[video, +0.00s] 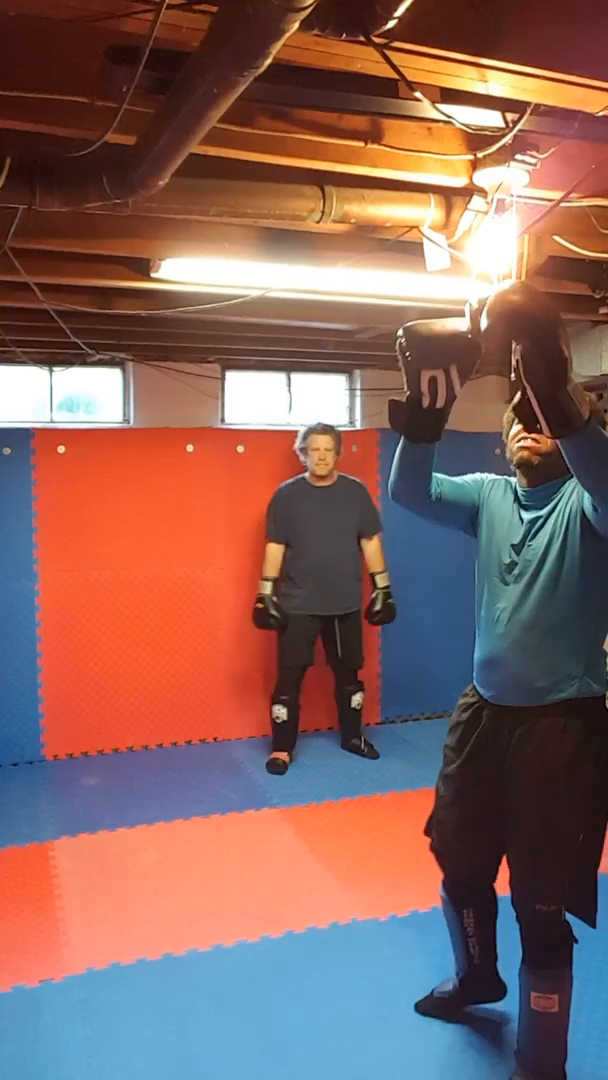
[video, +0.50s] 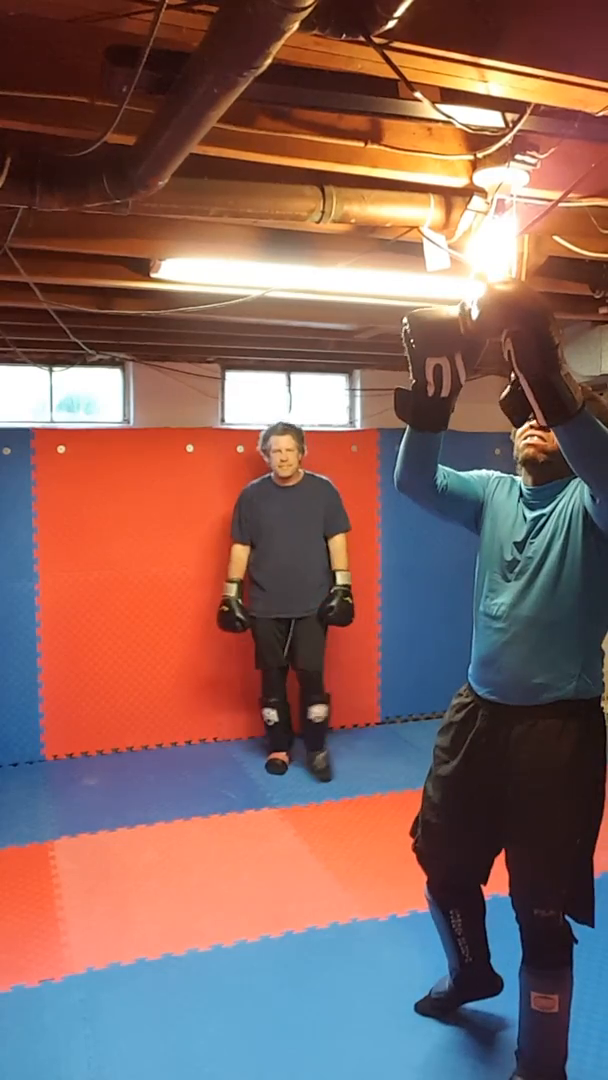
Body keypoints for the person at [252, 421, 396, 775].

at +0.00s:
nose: (321, 457)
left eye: (327, 451)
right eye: (314, 451)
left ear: (337, 454)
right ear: (304, 454)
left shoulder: (355, 491)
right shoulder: (287, 495)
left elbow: (371, 541)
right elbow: (275, 545)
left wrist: (383, 588)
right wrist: (265, 592)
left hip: (346, 603)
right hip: (297, 602)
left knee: (350, 672)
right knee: (290, 676)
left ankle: (353, 736)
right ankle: (282, 748)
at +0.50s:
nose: (282, 458)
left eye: (288, 451)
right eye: (276, 452)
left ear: (301, 453)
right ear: (267, 455)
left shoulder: (323, 491)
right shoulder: (252, 495)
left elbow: (337, 540)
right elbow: (240, 546)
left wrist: (342, 587)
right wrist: (230, 593)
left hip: (313, 601)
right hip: (266, 602)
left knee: (312, 674)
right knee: (272, 675)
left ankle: (317, 747)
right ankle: (279, 745)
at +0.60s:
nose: (278, 457)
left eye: (284, 450)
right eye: (272, 451)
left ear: (298, 453)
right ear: (264, 455)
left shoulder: (320, 489)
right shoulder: (250, 494)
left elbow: (336, 538)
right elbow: (238, 545)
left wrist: (340, 587)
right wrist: (230, 593)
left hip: (309, 601)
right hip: (264, 602)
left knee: (297, 676)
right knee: (271, 676)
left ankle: (297, 757)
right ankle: (278, 747)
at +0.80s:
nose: (274, 462)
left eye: (281, 455)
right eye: (268, 456)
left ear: (294, 458)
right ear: (259, 461)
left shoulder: (318, 494)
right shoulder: (248, 500)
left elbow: (333, 544)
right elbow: (239, 552)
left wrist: (339, 595)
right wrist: (230, 601)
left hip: (304, 606)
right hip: (259, 607)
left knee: (285, 677)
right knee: (267, 681)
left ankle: (271, 763)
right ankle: (277, 750)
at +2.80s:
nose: (368, 460)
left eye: (373, 453)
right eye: (361, 453)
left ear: (379, 454)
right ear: (343, 455)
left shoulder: (389, 490)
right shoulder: (324, 492)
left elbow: (403, 539)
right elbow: (305, 544)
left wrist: (413, 558)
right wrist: (350, 538)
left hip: (379, 603)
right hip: (340, 603)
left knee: (369, 676)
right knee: (345, 674)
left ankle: (359, 744)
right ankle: (337, 760)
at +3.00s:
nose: (370, 460)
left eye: (374, 453)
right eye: (362, 453)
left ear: (380, 453)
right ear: (344, 455)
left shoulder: (391, 492)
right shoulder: (324, 493)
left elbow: (409, 536)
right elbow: (305, 545)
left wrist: (384, 544)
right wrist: (342, 542)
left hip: (381, 605)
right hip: (341, 607)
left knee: (368, 679)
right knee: (344, 683)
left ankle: (360, 744)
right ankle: (343, 766)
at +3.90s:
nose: (360, 460)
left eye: (363, 453)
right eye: (351, 454)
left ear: (367, 452)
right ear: (332, 457)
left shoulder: (377, 490)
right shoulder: (315, 495)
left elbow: (393, 542)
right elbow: (296, 552)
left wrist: (366, 543)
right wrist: (341, 548)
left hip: (376, 614)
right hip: (334, 617)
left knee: (373, 689)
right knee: (337, 689)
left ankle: (371, 760)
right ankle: (336, 762)